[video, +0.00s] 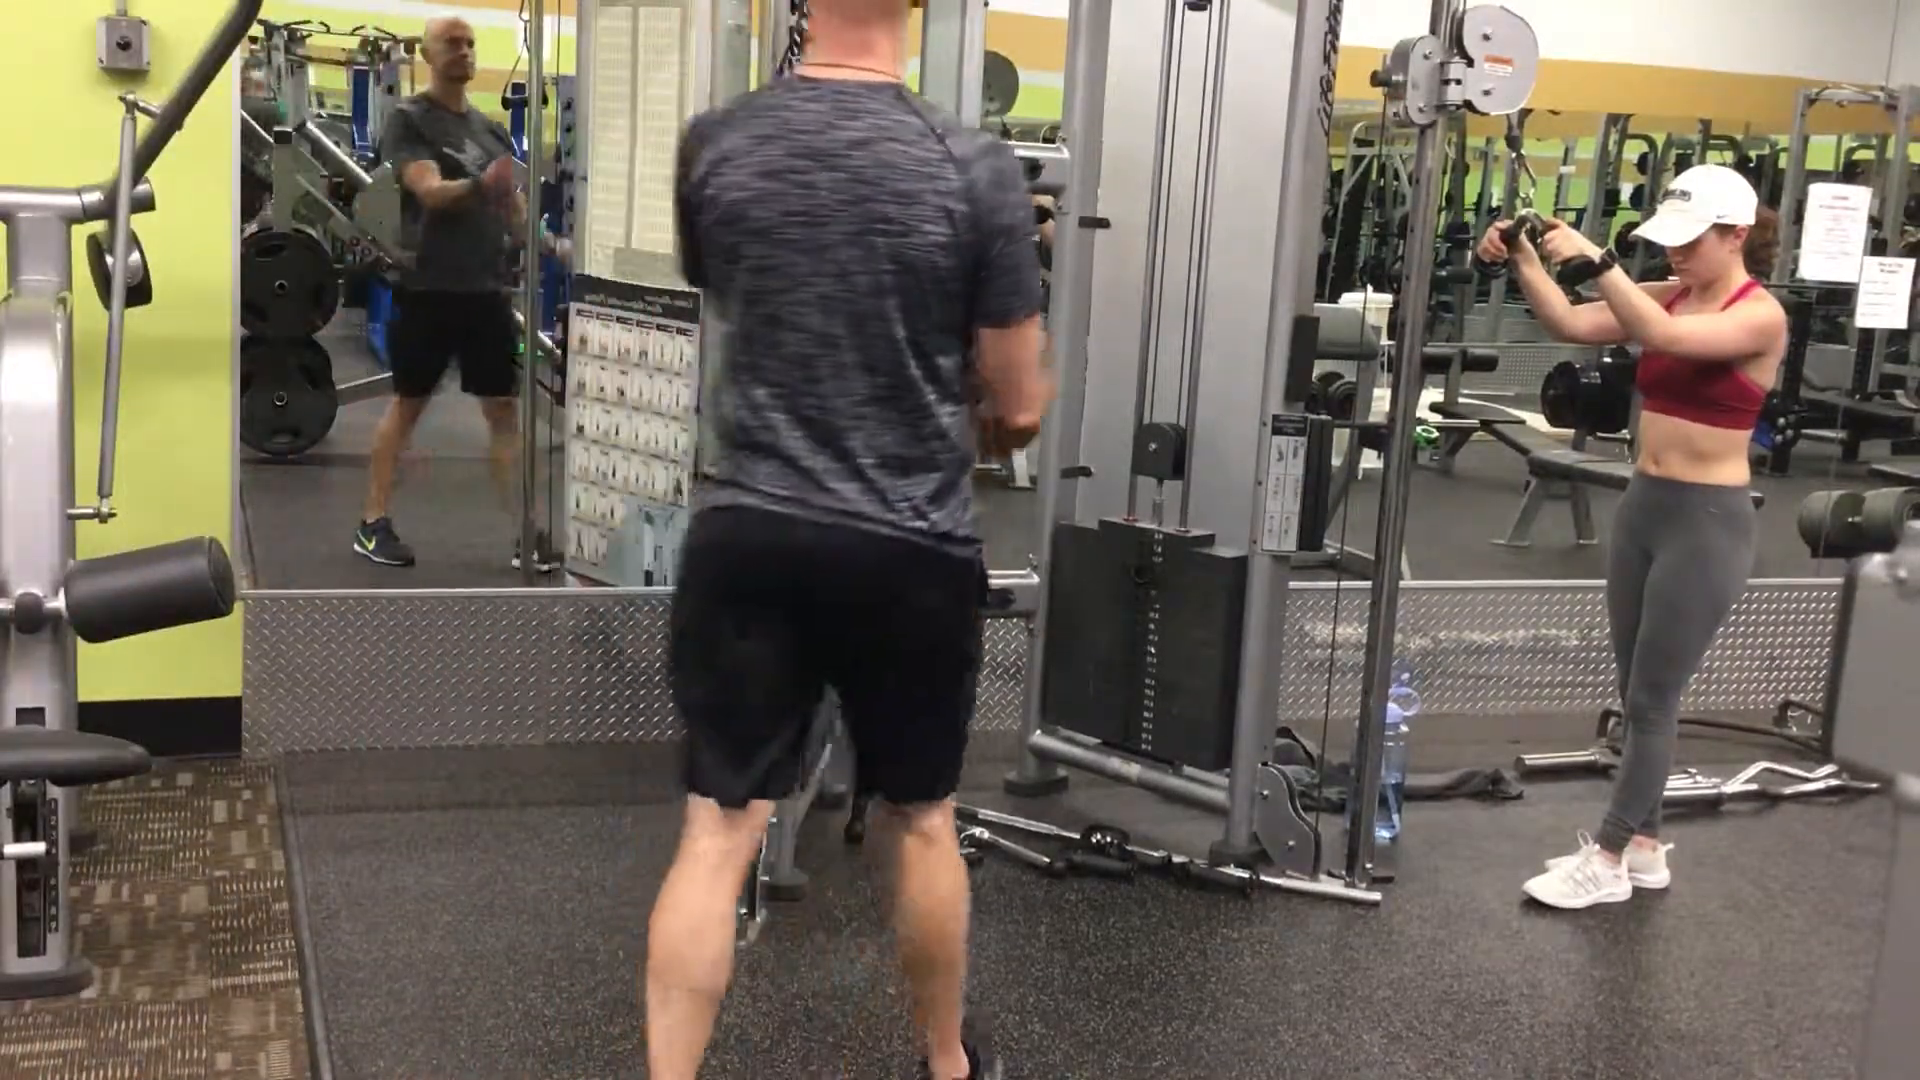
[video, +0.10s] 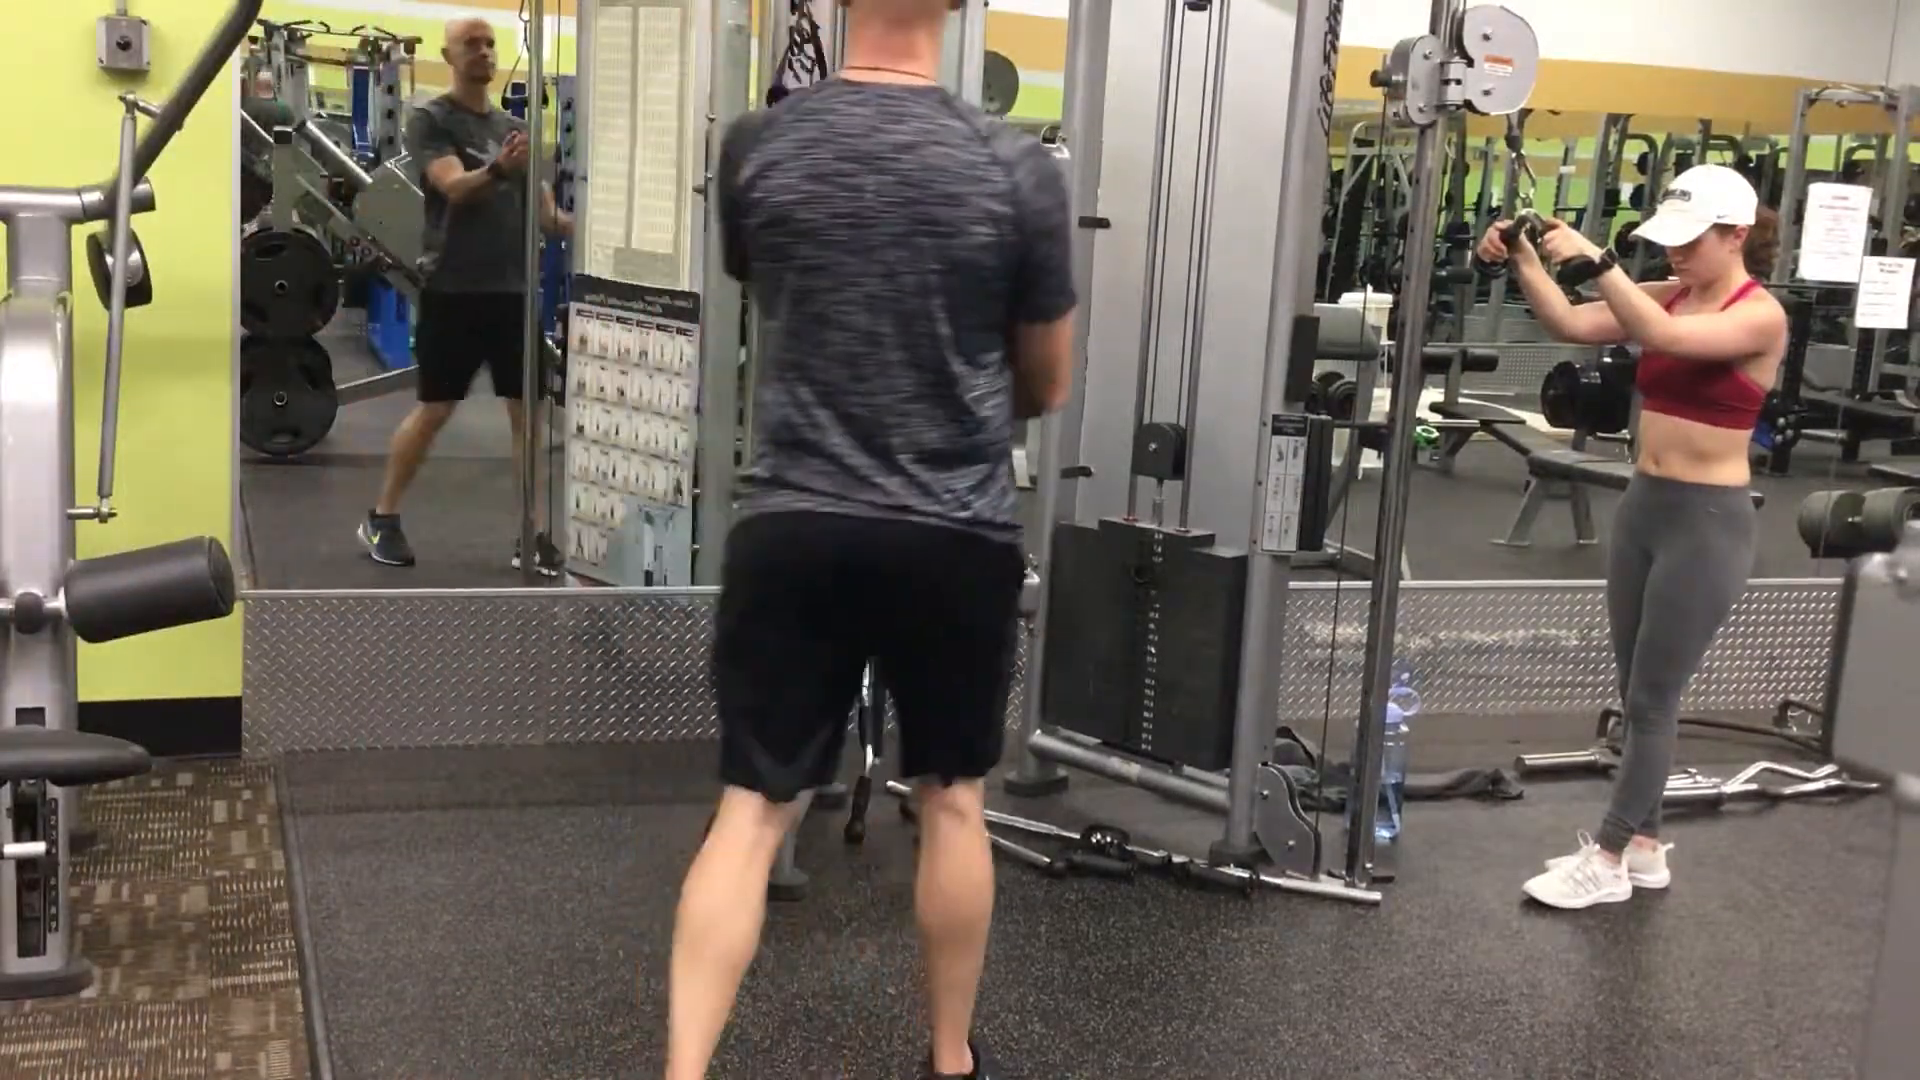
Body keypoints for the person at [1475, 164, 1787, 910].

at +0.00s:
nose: (1672, 254)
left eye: (1686, 240)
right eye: (1668, 241)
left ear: (1735, 236)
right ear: (1670, 240)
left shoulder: (1762, 315)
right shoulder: (1667, 297)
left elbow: (1664, 334)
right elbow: (1572, 322)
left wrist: (1595, 259)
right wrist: (1520, 258)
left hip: (1709, 523)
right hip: (1640, 509)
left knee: (1652, 699)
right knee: (1639, 691)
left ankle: (1606, 858)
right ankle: (1644, 844)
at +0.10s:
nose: (1673, 254)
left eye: (1686, 240)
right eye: (1668, 241)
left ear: (1735, 236)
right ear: (1670, 240)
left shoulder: (1762, 315)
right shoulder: (1667, 297)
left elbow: (1664, 334)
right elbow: (1572, 322)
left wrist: (1595, 259)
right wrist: (1520, 259)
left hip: (1709, 523)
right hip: (1640, 509)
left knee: (1652, 698)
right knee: (1640, 691)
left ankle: (1606, 859)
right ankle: (1645, 844)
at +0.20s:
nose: (1673, 253)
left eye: (1687, 240)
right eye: (1669, 241)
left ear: (1735, 236)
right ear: (1670, 239)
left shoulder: (1762, 315)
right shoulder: (1666, 297)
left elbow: (1664, 334)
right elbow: (1571, 322)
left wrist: (1595, 259)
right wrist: (1519, 260)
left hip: (1709, 523)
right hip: (1641, 509)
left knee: (1652, 699)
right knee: (1639, 691)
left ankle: (1606, 859)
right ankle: (1645, 844)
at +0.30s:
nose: (1673, 254)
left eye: (1687, 241)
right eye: (1669, 242)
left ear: (1736, 236)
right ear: (1670, 241)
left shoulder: (1763, 315)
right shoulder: (1667, 298)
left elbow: (1665, 334)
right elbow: (1570, 321)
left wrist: (1594, 259)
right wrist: (1519, 259)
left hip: (1709, 523)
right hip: (1642, 509)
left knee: (1653, 699)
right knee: (1639, 692)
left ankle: (1606, 858)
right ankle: (1644, 844)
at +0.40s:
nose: (1674, 253)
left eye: (1688, 239)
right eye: (1669, 241)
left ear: (1736, 236)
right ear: (1671, 240)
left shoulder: (1763, 315)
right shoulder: (1667, 297)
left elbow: (1663, 333)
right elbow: (1570, 321)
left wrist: (1595, 259)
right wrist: (1520, 260)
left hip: (1710, 523)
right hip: (1642, 508)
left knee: (1653, 699)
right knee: (1639, 691)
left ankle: (1606, 857)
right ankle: (1644, 844)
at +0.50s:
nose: (1674, 253)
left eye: (1688, 239)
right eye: (1669, 241)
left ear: (1737, 236)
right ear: (1670, 240)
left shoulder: (1763, 315)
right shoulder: (1667, 297)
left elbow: (1664, 334)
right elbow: (1570, 322)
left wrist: (1595, 259)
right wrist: (1520, 260)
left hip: (1710, 524)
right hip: (1642, 509)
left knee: (1653, 699)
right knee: (1640, 692)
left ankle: (1606, 858)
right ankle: (1644, 845)